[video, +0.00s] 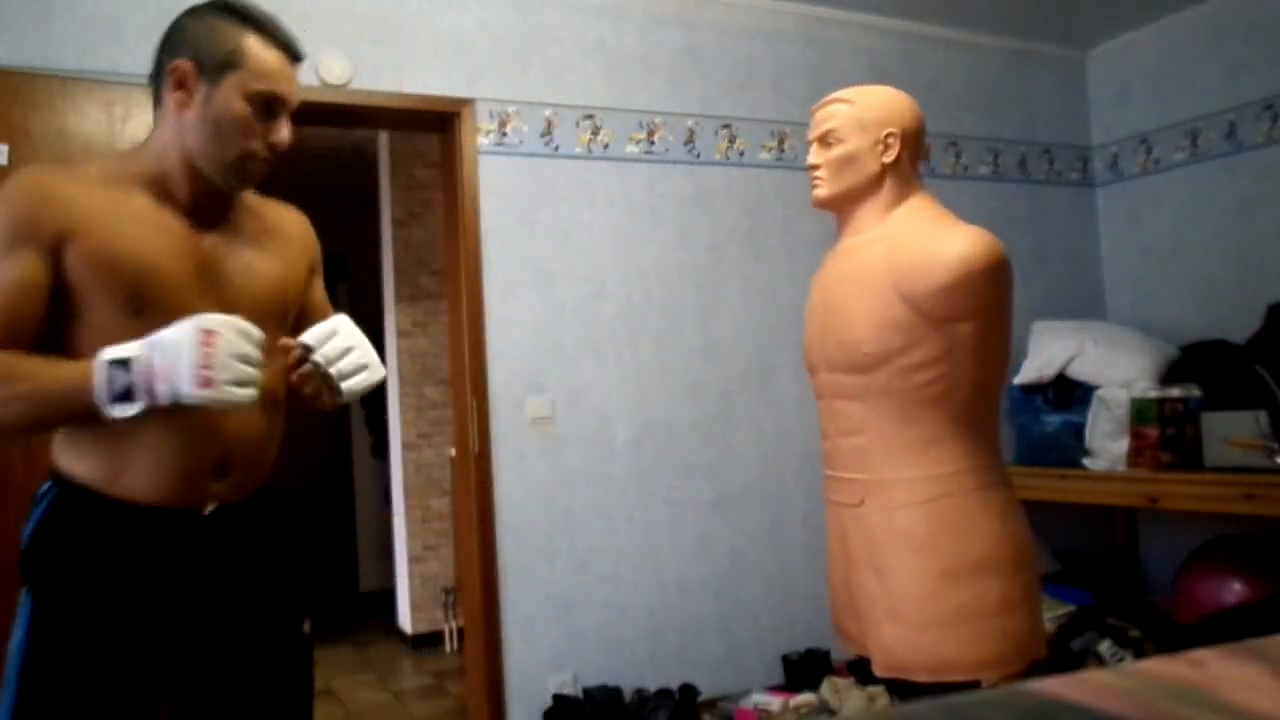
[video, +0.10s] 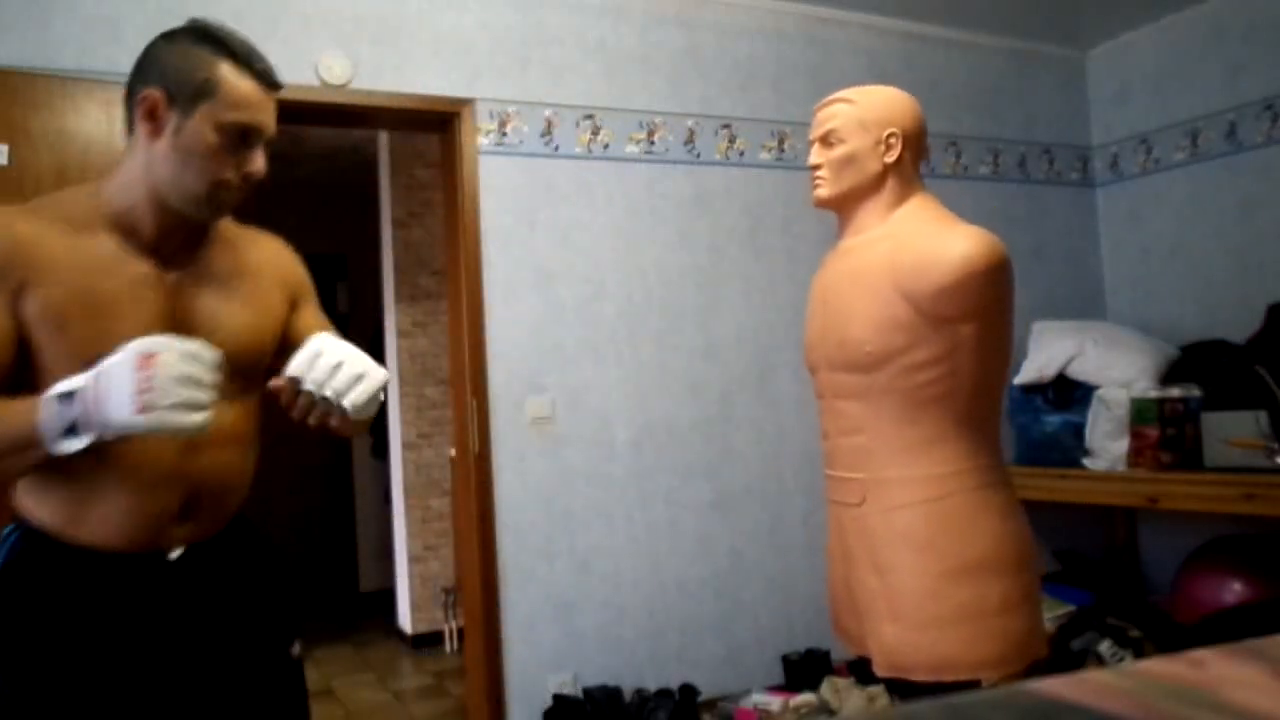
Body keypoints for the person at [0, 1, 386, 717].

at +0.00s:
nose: (283, 137)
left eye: (290, 117)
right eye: (263, 108)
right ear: (182, 90)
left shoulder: (291, 233)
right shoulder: (43, 204)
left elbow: (316, 377)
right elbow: (4, 382)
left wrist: (329, 373)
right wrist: (138, 372)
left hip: (247, 551)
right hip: (99, 552)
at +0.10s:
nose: (258, 167)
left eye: (264, 146)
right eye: (237, 139)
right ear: (153, 117)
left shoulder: (274, 265)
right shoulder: (23, 244)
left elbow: (337, 400)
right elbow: (4, 435)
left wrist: (340, 392)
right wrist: (82, 406)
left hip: (223, 589)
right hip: (63, 587)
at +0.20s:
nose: (243, 174)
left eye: (249, 151)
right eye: (222, 143)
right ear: (136, 118)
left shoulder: (242, 259)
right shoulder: (15, 239)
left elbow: (319, 431)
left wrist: (320, 364)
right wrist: (21, 402)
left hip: (198, 577)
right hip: (47, 566)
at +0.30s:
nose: (245, 174)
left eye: (252, 150)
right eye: (225, 141)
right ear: (141, 111)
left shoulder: (239, 254)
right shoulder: (14, 227)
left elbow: (312, 416)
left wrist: (312, 321)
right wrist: (14, 401)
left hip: (189, 573)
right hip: (44, 563)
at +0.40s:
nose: (265, 180)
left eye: (272, 158)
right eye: (246, 147)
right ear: (164, 116)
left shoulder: (245, 257)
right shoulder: (23, 230)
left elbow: (332, 390)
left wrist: (353, 292)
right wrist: (49, 476)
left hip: (204, 576)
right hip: (57, 576)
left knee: (326, 719)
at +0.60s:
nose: (342, 214)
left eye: (345, 195)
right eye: (327, 187)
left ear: (256, 169)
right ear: (254, 167)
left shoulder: (278, 269)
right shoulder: (180, 242)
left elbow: (258, 437)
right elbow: (333, 327)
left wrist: (348, 448)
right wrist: (446, 258)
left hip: (262, 594)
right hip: (165, 599)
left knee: (402, 718)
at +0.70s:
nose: (363, 190)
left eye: (364, 176)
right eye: (352, 172)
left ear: (287, 164)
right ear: (291, 162)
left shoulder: (216, 278)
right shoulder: (274, 205)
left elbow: (164, 453)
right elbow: (486, 196)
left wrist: (213, 554)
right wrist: (510, 177)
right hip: (306, 542)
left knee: (459, 712)